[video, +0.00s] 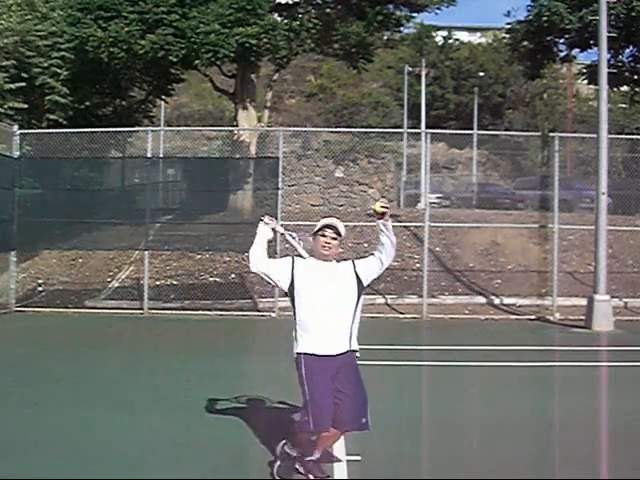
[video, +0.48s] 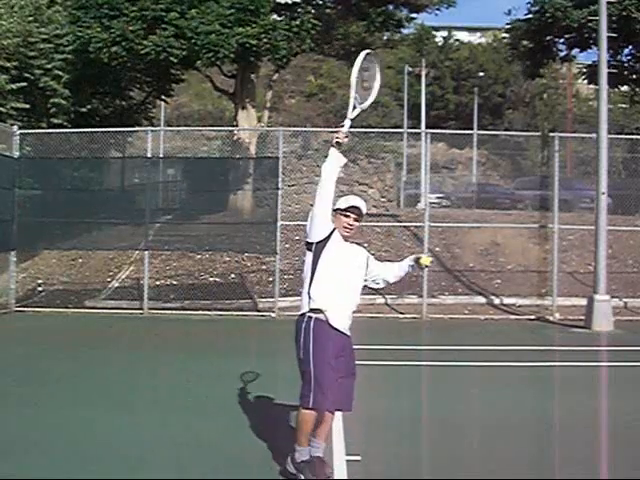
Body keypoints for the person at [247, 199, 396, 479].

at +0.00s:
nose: (328, 240)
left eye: (334, 237)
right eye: (323, 235)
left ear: (341, 246)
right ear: (312, 241)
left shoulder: (353, 270)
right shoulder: (295, 267)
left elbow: (384, 256)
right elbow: (258, 263)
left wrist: (384, 224)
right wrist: (263, 232)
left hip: (345, 353)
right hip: (311, 353)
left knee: (347, 419)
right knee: (317, 421)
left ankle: (311, 460)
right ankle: (289, 450)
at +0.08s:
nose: (333, 233)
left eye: (339, 230)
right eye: (328, 227)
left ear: (345, 237)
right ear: (318, 232)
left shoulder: (357, 264)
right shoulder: (301, 258)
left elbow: (389, 253)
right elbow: (266, 243)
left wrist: (391, 219)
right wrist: (271, 211)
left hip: (344, 347)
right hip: (312, 346)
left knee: (345, 412)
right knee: (316, 415)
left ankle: (311, 457)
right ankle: (287, 449)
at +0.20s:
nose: (341, 220)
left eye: (347, 217)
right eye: (335, 215)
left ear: (352, 226)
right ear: (323, 219)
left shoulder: (363, 254)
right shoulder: (309, 240)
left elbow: (395, 252)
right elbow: (285, 210)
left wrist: (400, 222)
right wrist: (289, 177)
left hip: (343, 332)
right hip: (312, 327)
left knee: (337, 399)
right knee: (310, 397)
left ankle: (315, 453)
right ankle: (289, 449)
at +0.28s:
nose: (345, 215)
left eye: (351, 212)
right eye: (340, 209)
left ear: (355, 218)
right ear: (328, 211)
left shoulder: (361, 247)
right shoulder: (314, 232)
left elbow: (395, 257)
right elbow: (299, 196)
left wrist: (408, 232)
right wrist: (304, 158)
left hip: (340, 324)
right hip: (312, 318)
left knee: (333, 392)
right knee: (308, 387)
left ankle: (320, 451)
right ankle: (294, 449)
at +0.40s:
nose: (349, 218)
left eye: (355, 214)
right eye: (344, 210)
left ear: (359, 220)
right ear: (330, 212)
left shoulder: (363, 253)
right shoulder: (320, 236)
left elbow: (389, 265)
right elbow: (317, 195)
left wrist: (412, 250)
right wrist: (326, 150)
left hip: (340, 328)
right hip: (315, 319)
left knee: (332, 397)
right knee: (311, 392)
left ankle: (317, 456)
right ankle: (294, 454)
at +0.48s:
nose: (350, 220)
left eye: (356, 216)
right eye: (346, 214)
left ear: (361, 222)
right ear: (333, 215)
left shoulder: (362, 256)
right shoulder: (322, 238)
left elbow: (384, 275)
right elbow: (323, 197)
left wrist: (413, 263)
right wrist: (336, 150)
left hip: (341, 330)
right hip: (316, 323)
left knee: (333, 396)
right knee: (315, 394)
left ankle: (316, 456)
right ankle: (297, 457)